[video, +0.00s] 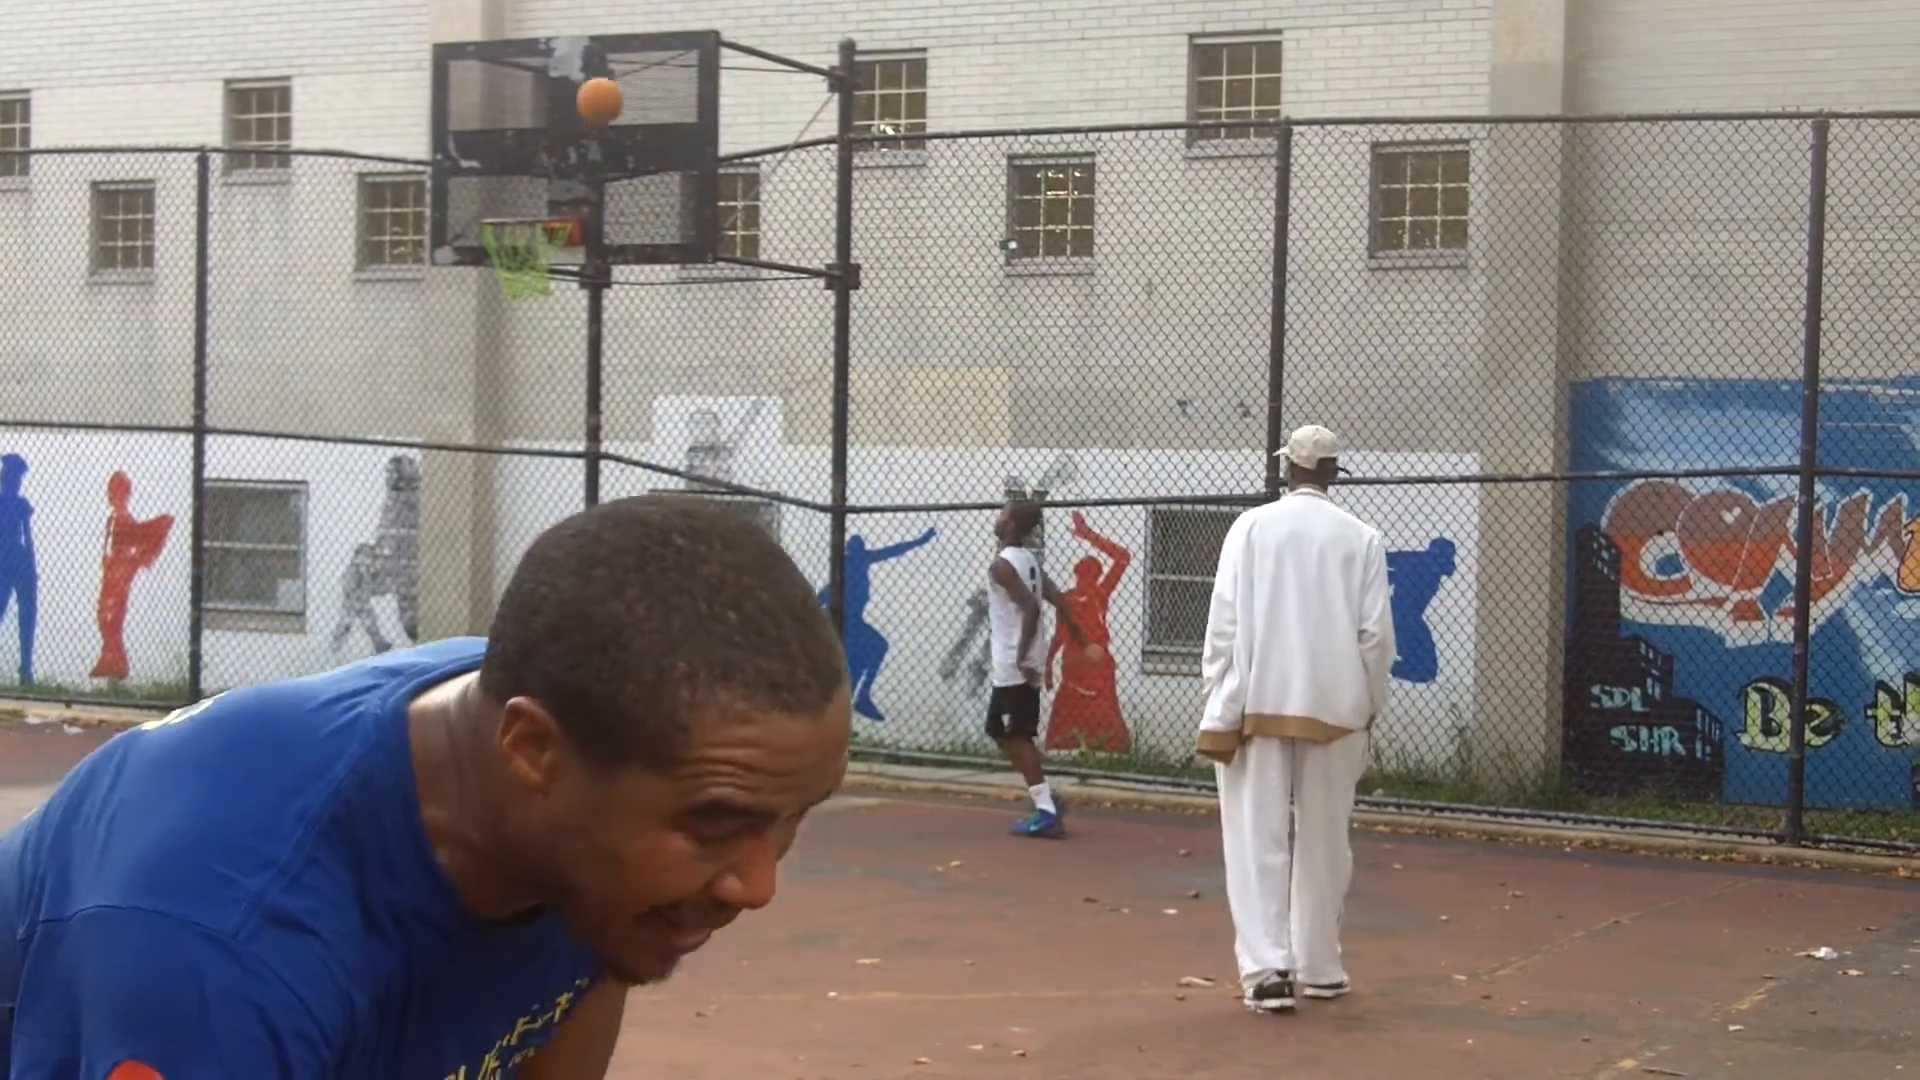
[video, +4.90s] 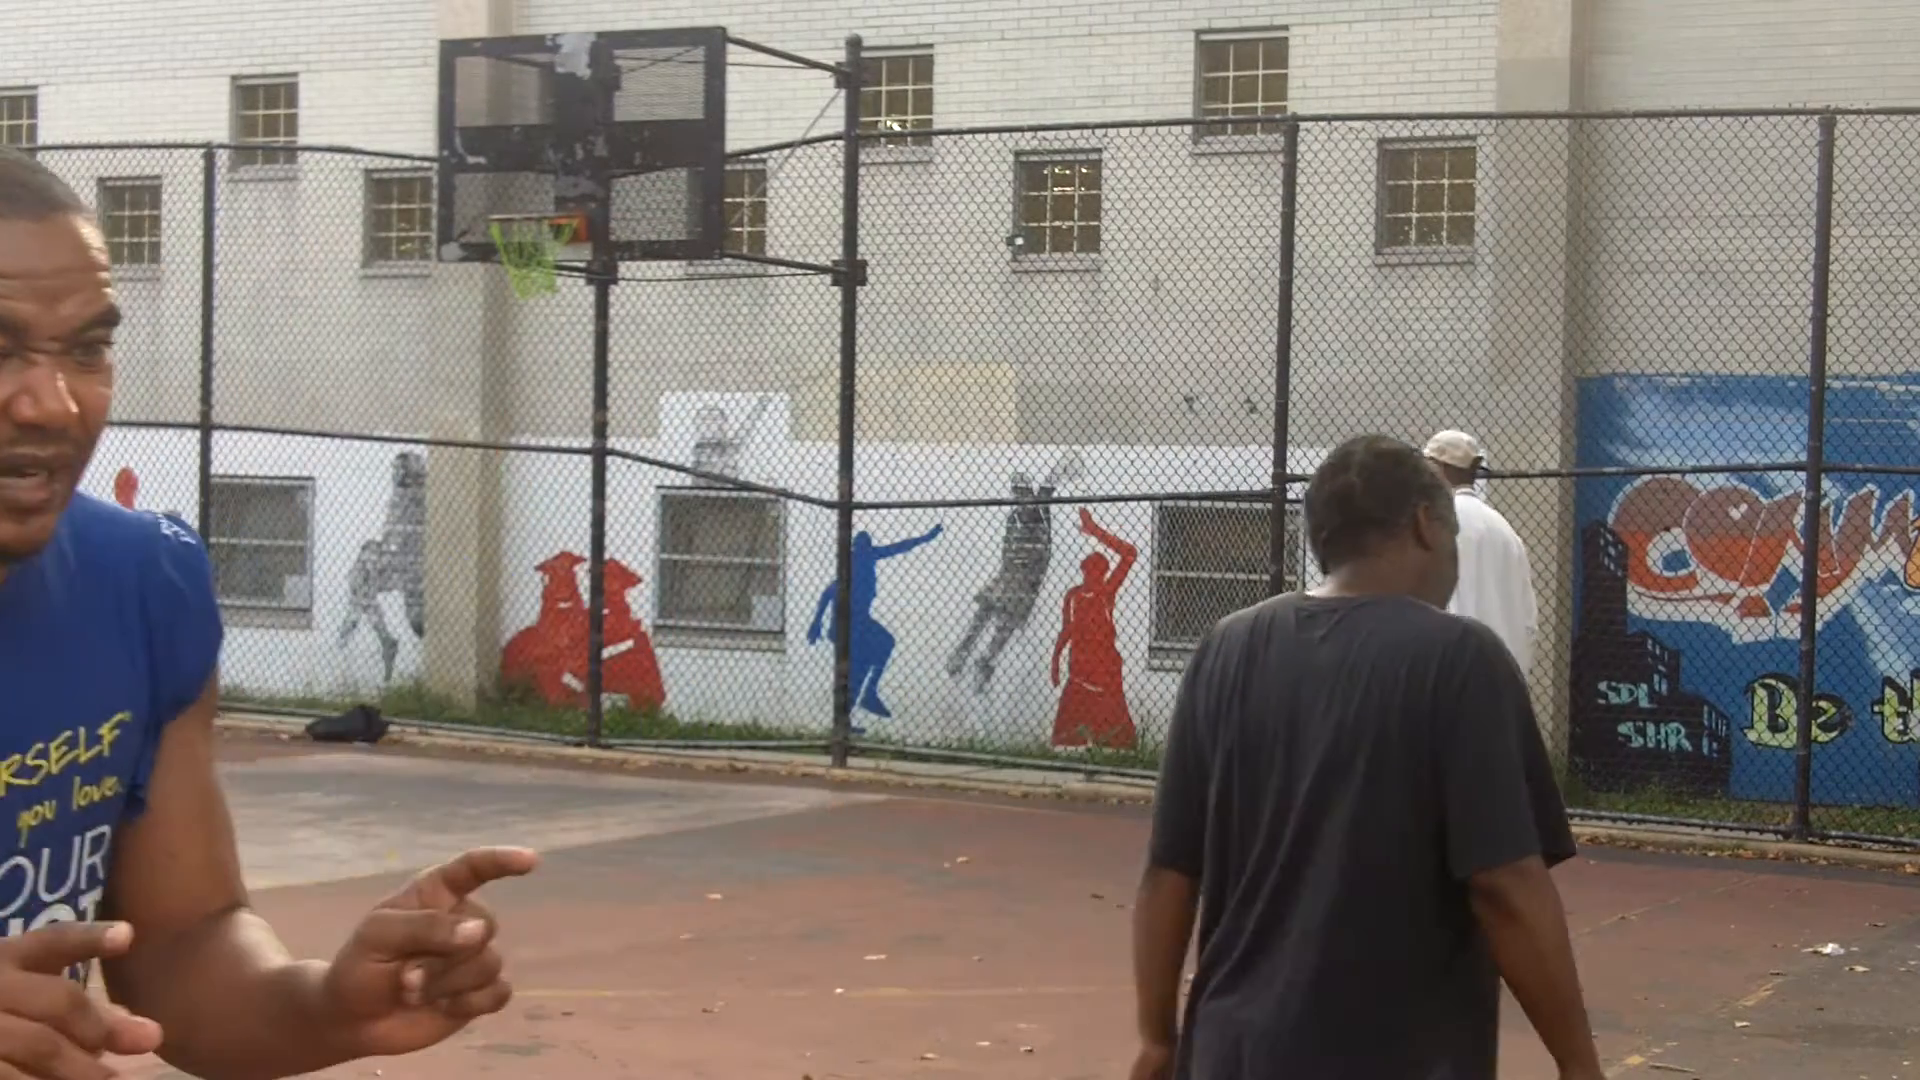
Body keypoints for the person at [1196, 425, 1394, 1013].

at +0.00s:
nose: (1319, 481)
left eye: (1287, 469)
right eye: (1330, 472)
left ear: (1284, 472)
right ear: (1333, 476)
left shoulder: (1248, 528)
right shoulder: (1361, 537)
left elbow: (1222, 628)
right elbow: (1377, 635)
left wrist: (1219, 709)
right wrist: (1370, 714)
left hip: (1254, 706)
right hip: (1332, 709)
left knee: (1255, 841)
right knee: (1325, 839)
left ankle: (1266, 970)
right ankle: (1319, 969)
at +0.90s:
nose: (1388, 474)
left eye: (1371, 463)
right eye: (1396, 468)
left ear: (1354, 466)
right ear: (1400, 472)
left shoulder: (1307, 519)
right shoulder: (1404, 538)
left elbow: (1269, 617)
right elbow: (1403, 634)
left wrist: (1274, 688)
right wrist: (1407, 702)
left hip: (1298, 696)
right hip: (1364, 703)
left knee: (1308, 826)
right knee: (1345, 832)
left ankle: (1326, 940)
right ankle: (1321, 967)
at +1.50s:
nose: (1399, 477)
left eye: (1380, 470)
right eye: (1404, 470)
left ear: (1364, 476)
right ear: (1408, 474)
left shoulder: (1333, 532)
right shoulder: (1434, 530)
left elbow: (1312, 629)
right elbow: (1447, 623)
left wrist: (1316, 703)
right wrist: (1461, 692)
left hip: (1349, 695)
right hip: (1417, 694)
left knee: (1354, 822)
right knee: (1424, 826)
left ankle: (1358, 950)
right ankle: (1382, 930)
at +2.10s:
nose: (1482, 482)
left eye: (1465, 470)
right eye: (1493, 476)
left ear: (1451, 472)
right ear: (1497, 479)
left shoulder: (1405, 520)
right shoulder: (1509, 542)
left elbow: (1367, 612)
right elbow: (1512, 634)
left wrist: (1361, 685)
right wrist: (1501, 698)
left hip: (1392, 688)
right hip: (1466, 696)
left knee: (1373, 818)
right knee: (1461, 827)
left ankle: (1365, 938)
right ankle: (1460, 960)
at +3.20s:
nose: (1406, 476)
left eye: (1411, 468)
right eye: (1408, 467)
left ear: (1430, 470)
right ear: (1456, 472)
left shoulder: (1410, 524)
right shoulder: (1498, 533)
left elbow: (1396, 618)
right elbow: (1522, 623)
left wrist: (1380, 693)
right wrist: (1504, 692)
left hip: (1422, 697)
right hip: (1483, 699)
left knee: (1417, 825)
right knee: (1477, 822)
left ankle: (1431, 956)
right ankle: (1474, 956)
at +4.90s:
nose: (1423, 476)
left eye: (1427, 467)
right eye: (1424, 467)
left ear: (1437, 469)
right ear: (1473, 473)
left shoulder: (1427, 522)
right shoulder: (1504, 529)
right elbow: (1527, 617)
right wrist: (1514, 676)